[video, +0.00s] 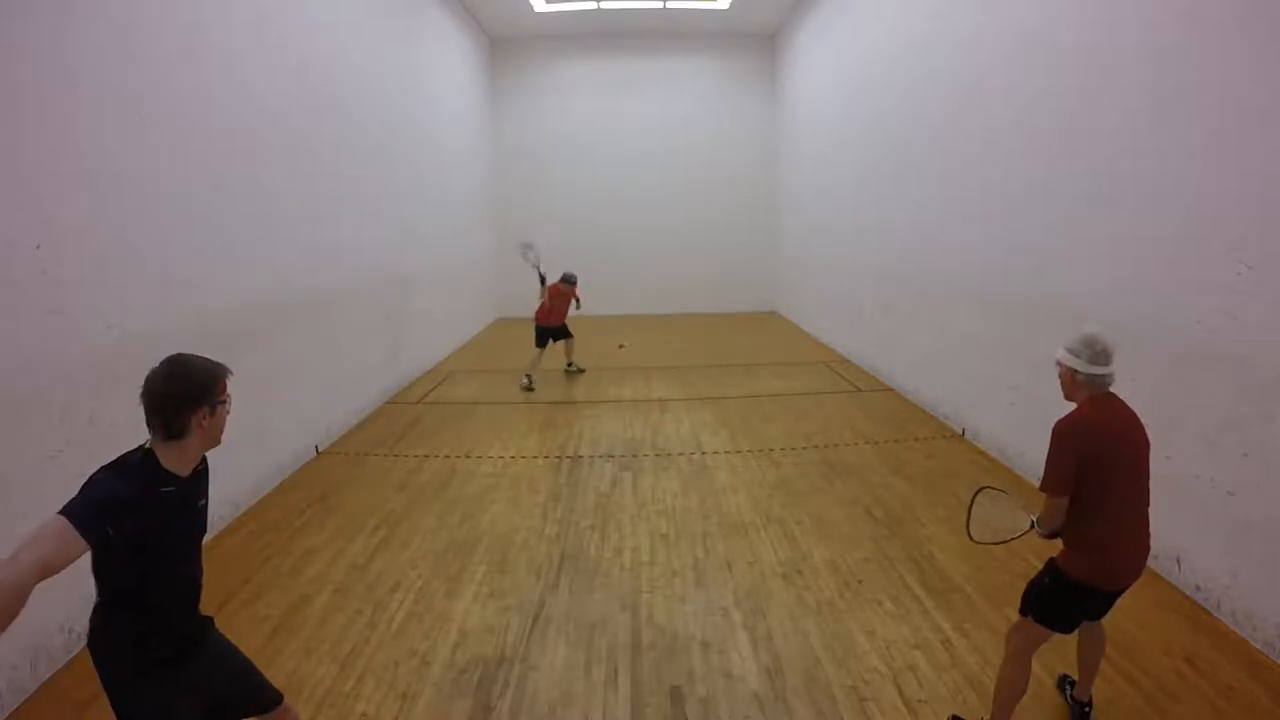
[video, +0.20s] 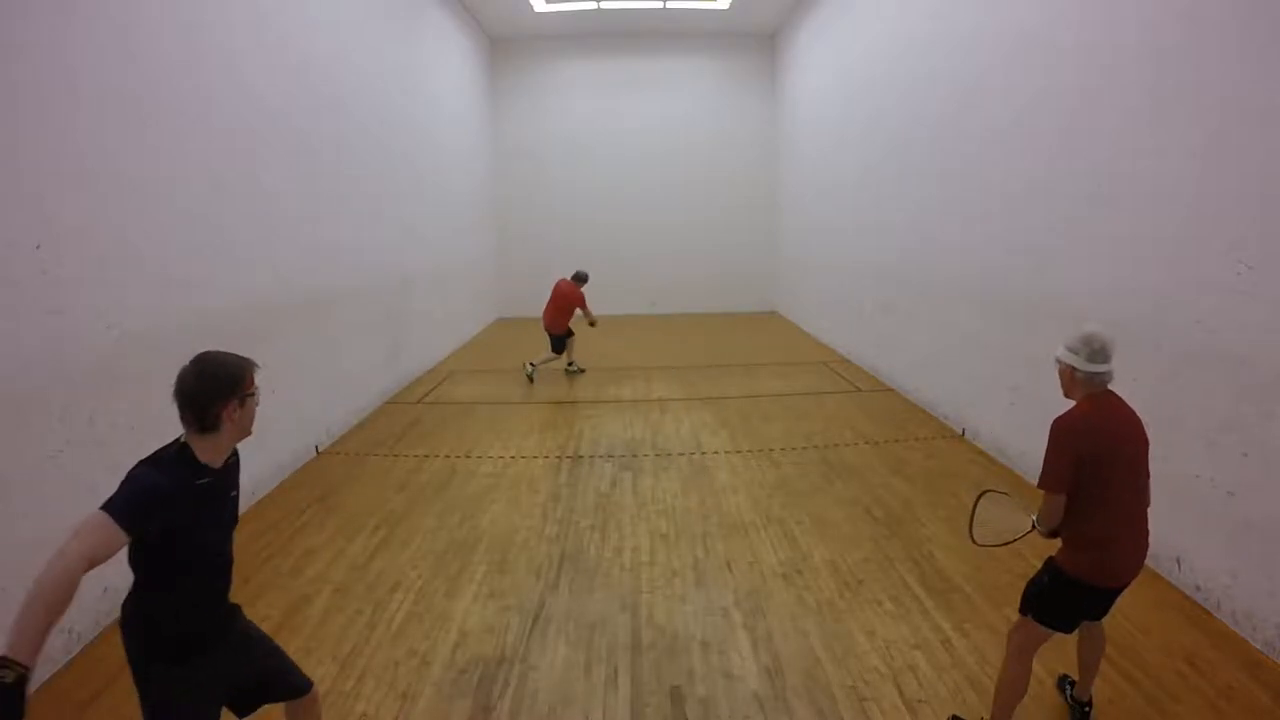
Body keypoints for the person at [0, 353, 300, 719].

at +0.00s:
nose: (228, 412)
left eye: (227, 403)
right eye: (224, 404)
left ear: (196, 420)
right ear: (201, 419)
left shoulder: (195, 466)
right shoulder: (117, 489)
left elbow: (175, 553)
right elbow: (22, 568)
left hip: (187, 627)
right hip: (132, 651)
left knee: (279, 711)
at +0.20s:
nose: (257, 404)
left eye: (254, 394)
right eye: (252, 396)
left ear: (226, 412)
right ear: (231, 412)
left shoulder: (227, 457)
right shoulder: (155, 482)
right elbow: (70, 561)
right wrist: (12, 671)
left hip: (216, 617)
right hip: (162, 637)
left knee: (303, 695)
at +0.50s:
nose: (278, 355)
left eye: (277, 347)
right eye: (274, 348)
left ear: (248, 362)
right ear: (253, 361)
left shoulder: (248, 411)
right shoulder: (185, 429)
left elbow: (230, 489)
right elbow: (116, 520)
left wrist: (251, 537)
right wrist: (110, 635)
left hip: (239, 572)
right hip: (190, 592)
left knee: (293, 669)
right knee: (232, 710)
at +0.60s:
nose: (276, 352)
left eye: (273, 342)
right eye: (269, 343)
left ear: (242, 355)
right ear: (243, 354)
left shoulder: (245, 405)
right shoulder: (184, 425)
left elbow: (226, 487)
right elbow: (120, 518)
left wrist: (246, 539)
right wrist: (132, 633)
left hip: (242, 570)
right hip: (193, 591)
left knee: (292, 669)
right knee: (241, 705)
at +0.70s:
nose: (267, 356)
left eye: (264, 346)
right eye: (259, 347)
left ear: (232, 360)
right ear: (230, 359)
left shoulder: (238, 407)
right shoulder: (178, 430)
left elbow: (224, 494)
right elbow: (123, 527)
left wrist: (242, 556)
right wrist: (161, 629)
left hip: (243, 574)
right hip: (194, 595)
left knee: (294, 670)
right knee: (249, 704)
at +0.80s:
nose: (255, 359)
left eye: (252, 349)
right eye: (246, 351)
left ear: (219, 362)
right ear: (216, 360)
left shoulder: (226, 408)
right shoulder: (167, 434)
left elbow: (210, 498)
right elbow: (122, 536)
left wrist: (233, 565)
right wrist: (182, 625)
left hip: (239, 574)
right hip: (195, 597)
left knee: (288, 669)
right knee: (249, 703)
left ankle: (307, 714)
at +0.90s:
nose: (242, 359)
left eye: (239, 348)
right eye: (233, 350)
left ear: (201, 361)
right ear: (199, 360)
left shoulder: (208, 408)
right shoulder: (159, 435)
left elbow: (200, 500)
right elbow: (121, 543)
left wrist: (224, 565)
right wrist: (185, 622)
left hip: (230, 574)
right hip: (191, 601)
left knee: (276, 665)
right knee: (234, 706)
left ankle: (306, 715)